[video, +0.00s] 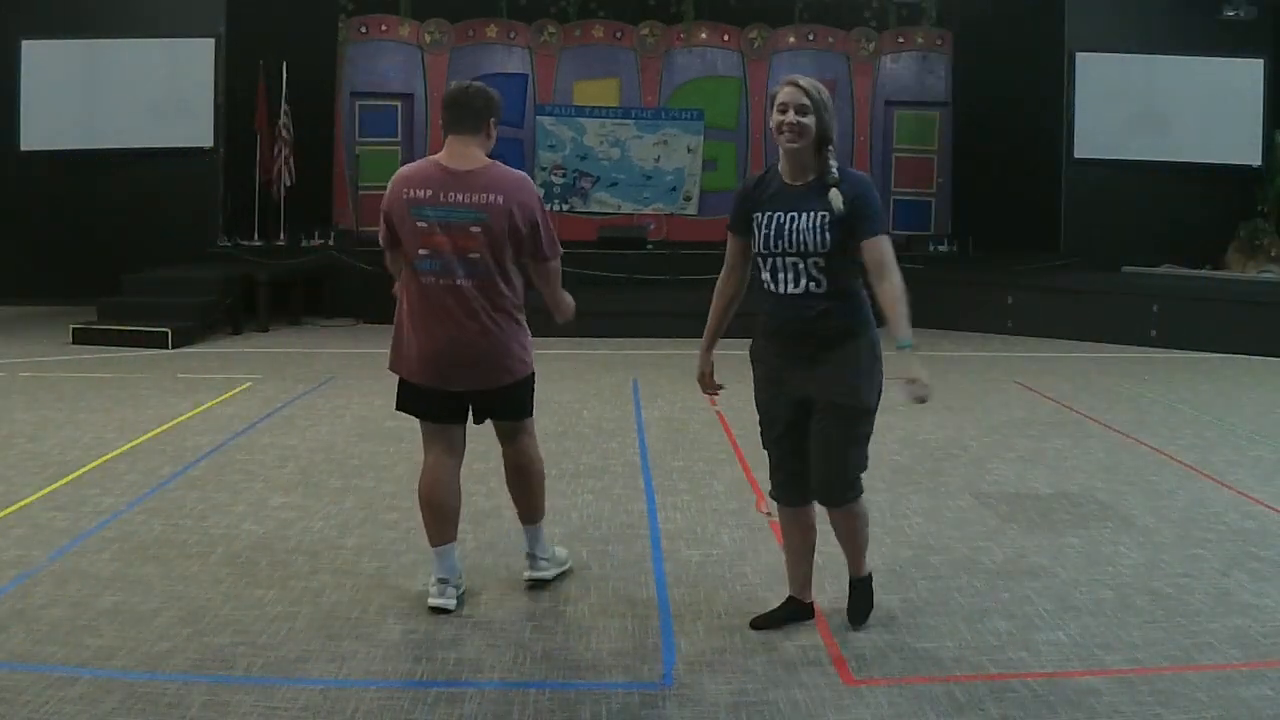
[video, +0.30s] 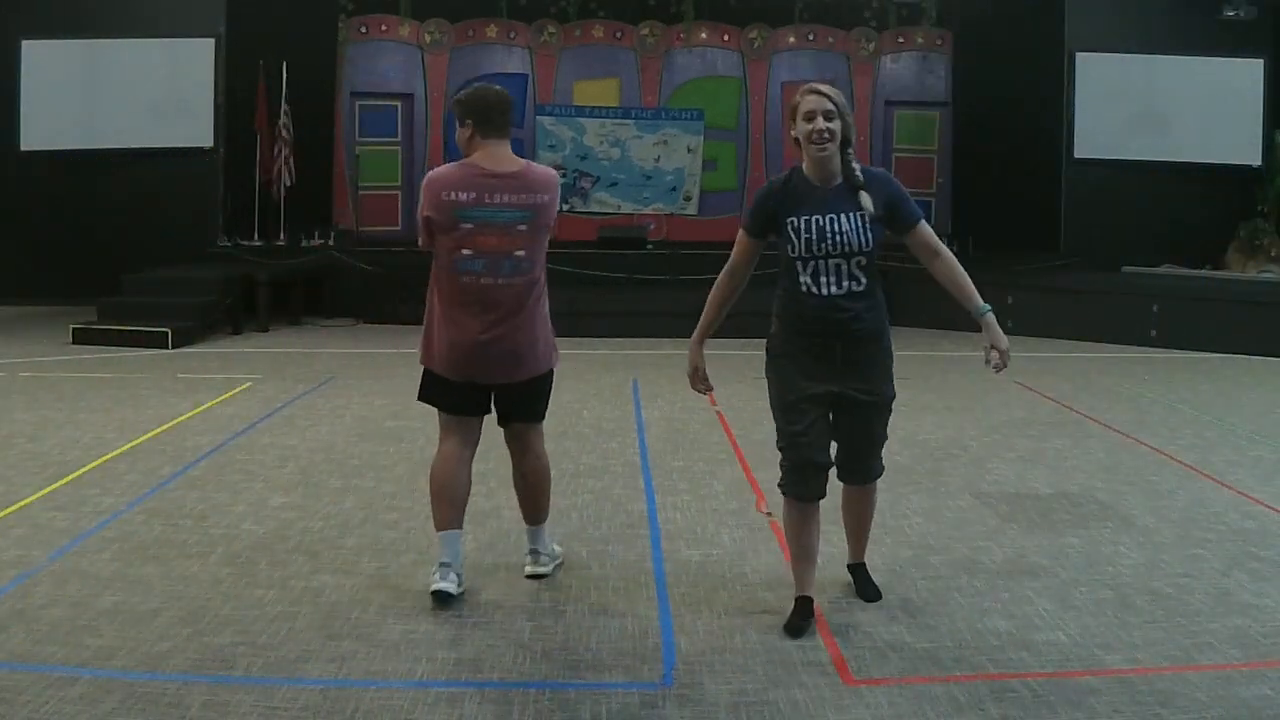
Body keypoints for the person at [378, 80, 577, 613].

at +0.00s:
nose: (498, 133)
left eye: (494, 127)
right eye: (497, 127)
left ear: (441, 125)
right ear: (491, 128)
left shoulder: (404, 182)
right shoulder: (516, 189)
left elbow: (394, 259)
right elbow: (543, 269)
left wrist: (417, 294)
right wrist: (559, 305)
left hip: (427, 350)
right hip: (500, 349)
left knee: (439, 453)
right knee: (518, 440)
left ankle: (445, 579)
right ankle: (538, 553)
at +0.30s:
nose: (457, 133)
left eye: (458, 127)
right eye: (460, 126)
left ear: (467, 128)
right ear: (511, 125)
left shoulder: (439, 183)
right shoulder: (546, 183)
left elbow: (429, 241)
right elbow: (536, 241)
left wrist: (490, 230)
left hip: (455, 347)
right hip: (525, 346)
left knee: (455, 443)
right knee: (528, 442)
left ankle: (448, 569)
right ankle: (539, 550)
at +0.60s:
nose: (476, 135)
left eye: (478, 127)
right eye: (478, 127)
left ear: (489, 130)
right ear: (529, 127)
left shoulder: (467, 182)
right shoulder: (564, 176)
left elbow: (460, 230)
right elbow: (512, 188)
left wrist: (443, 185)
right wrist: (446, 186)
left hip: (476, 336)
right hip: (545, 339)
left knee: (450, 424)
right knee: (539, 436)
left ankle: (455, 539)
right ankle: (541, 548)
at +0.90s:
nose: (531, 133)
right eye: (531, 127)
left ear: (477, 128)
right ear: (526, 130)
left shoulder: (451, 185)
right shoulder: (548, 178)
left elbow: (439, 224)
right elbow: (496, 192)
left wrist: (425, 190)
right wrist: (431, 192)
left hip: (465, 340)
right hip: (533, 340)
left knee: (458, 434)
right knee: (531, 434)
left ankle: (445, 554)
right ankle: (539, 550)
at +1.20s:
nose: (514, 135)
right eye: (515, 129)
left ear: (461, 128)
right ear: (509, 132)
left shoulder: (432, 181)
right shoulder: (528, 178)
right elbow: (475, 182)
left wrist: (400, 189)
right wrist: (405, 189)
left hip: (440, 341)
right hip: (508, 340)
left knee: (445, 437)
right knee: (530, 428)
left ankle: (445, 556)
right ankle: (547, 543)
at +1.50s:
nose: (525, 136)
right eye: (525, 129)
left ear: (471, 130)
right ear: (520, 133)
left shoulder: (440, 187)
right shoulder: (538, 178)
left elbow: (432, 230)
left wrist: (476, 168)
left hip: (453, 340)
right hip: (521, 339)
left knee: (454, 438)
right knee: (532, 433)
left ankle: (445, 556)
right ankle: (559, 552)